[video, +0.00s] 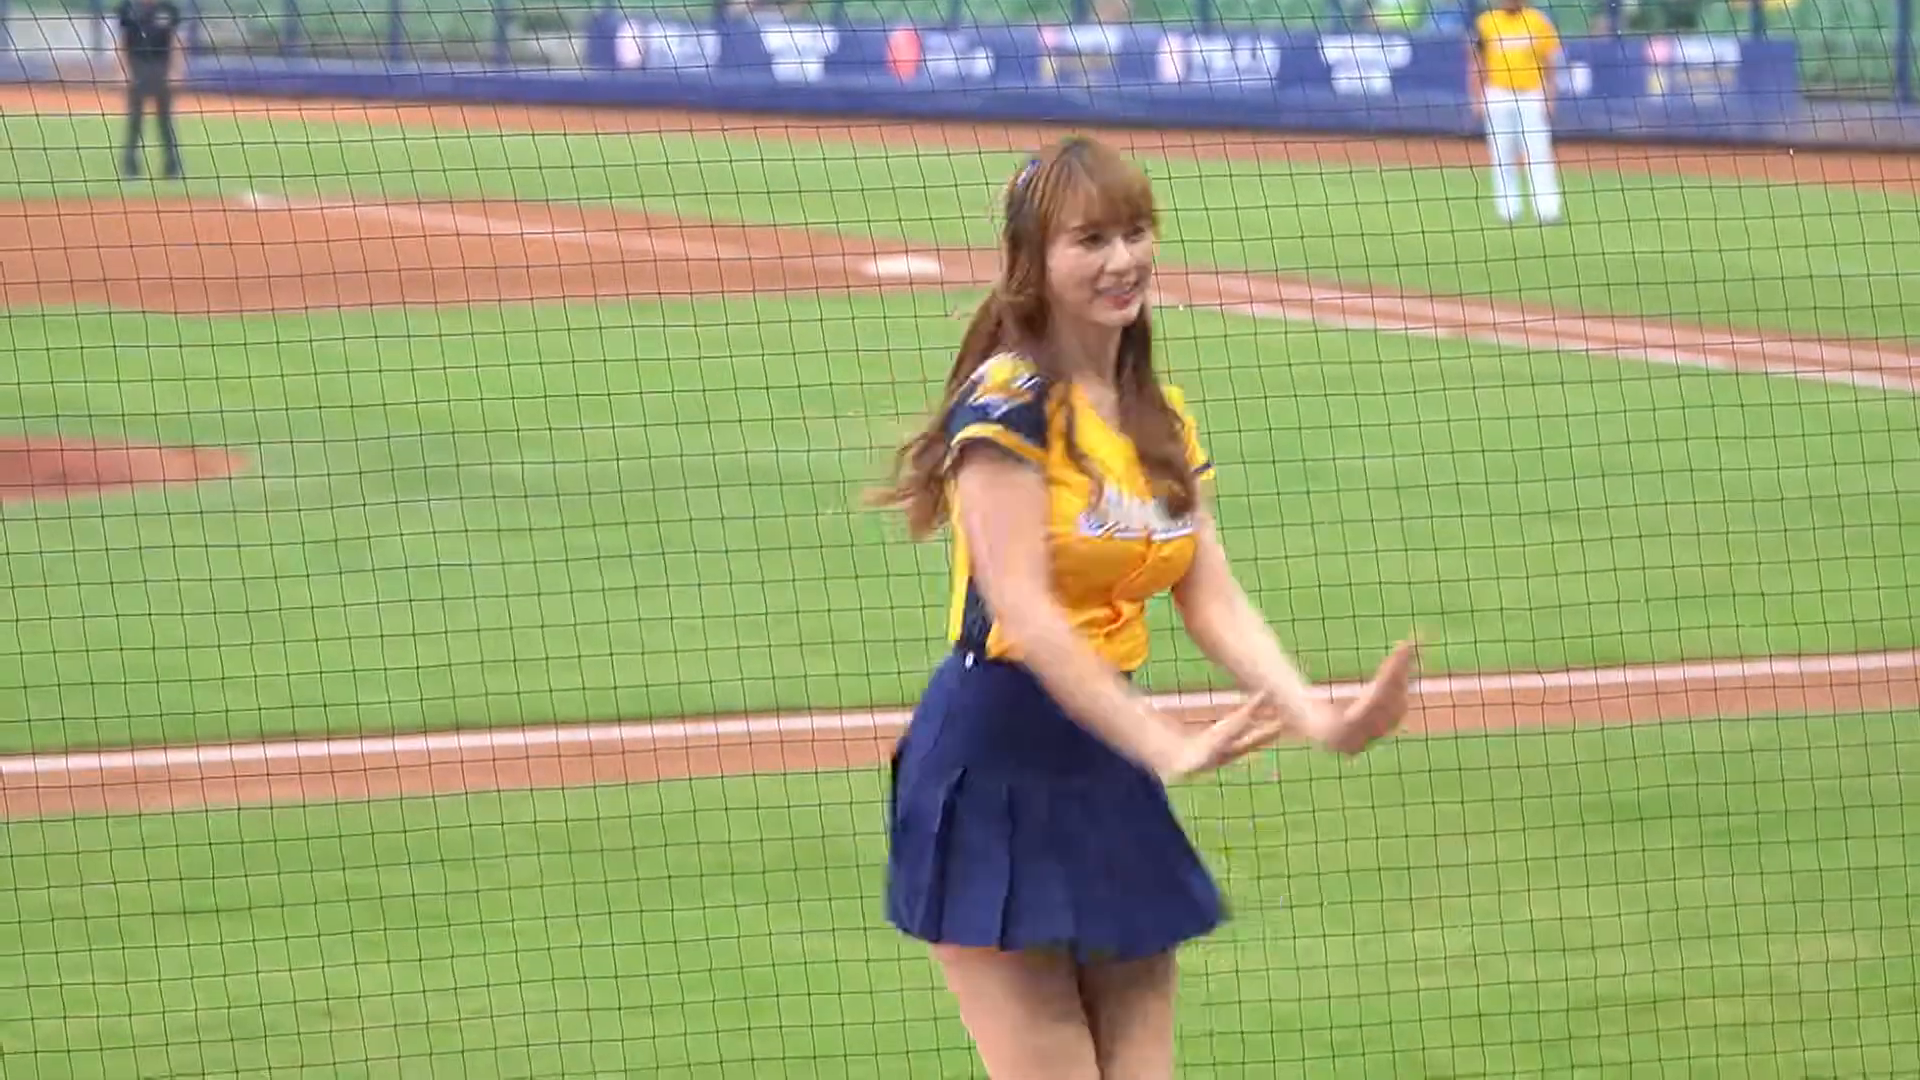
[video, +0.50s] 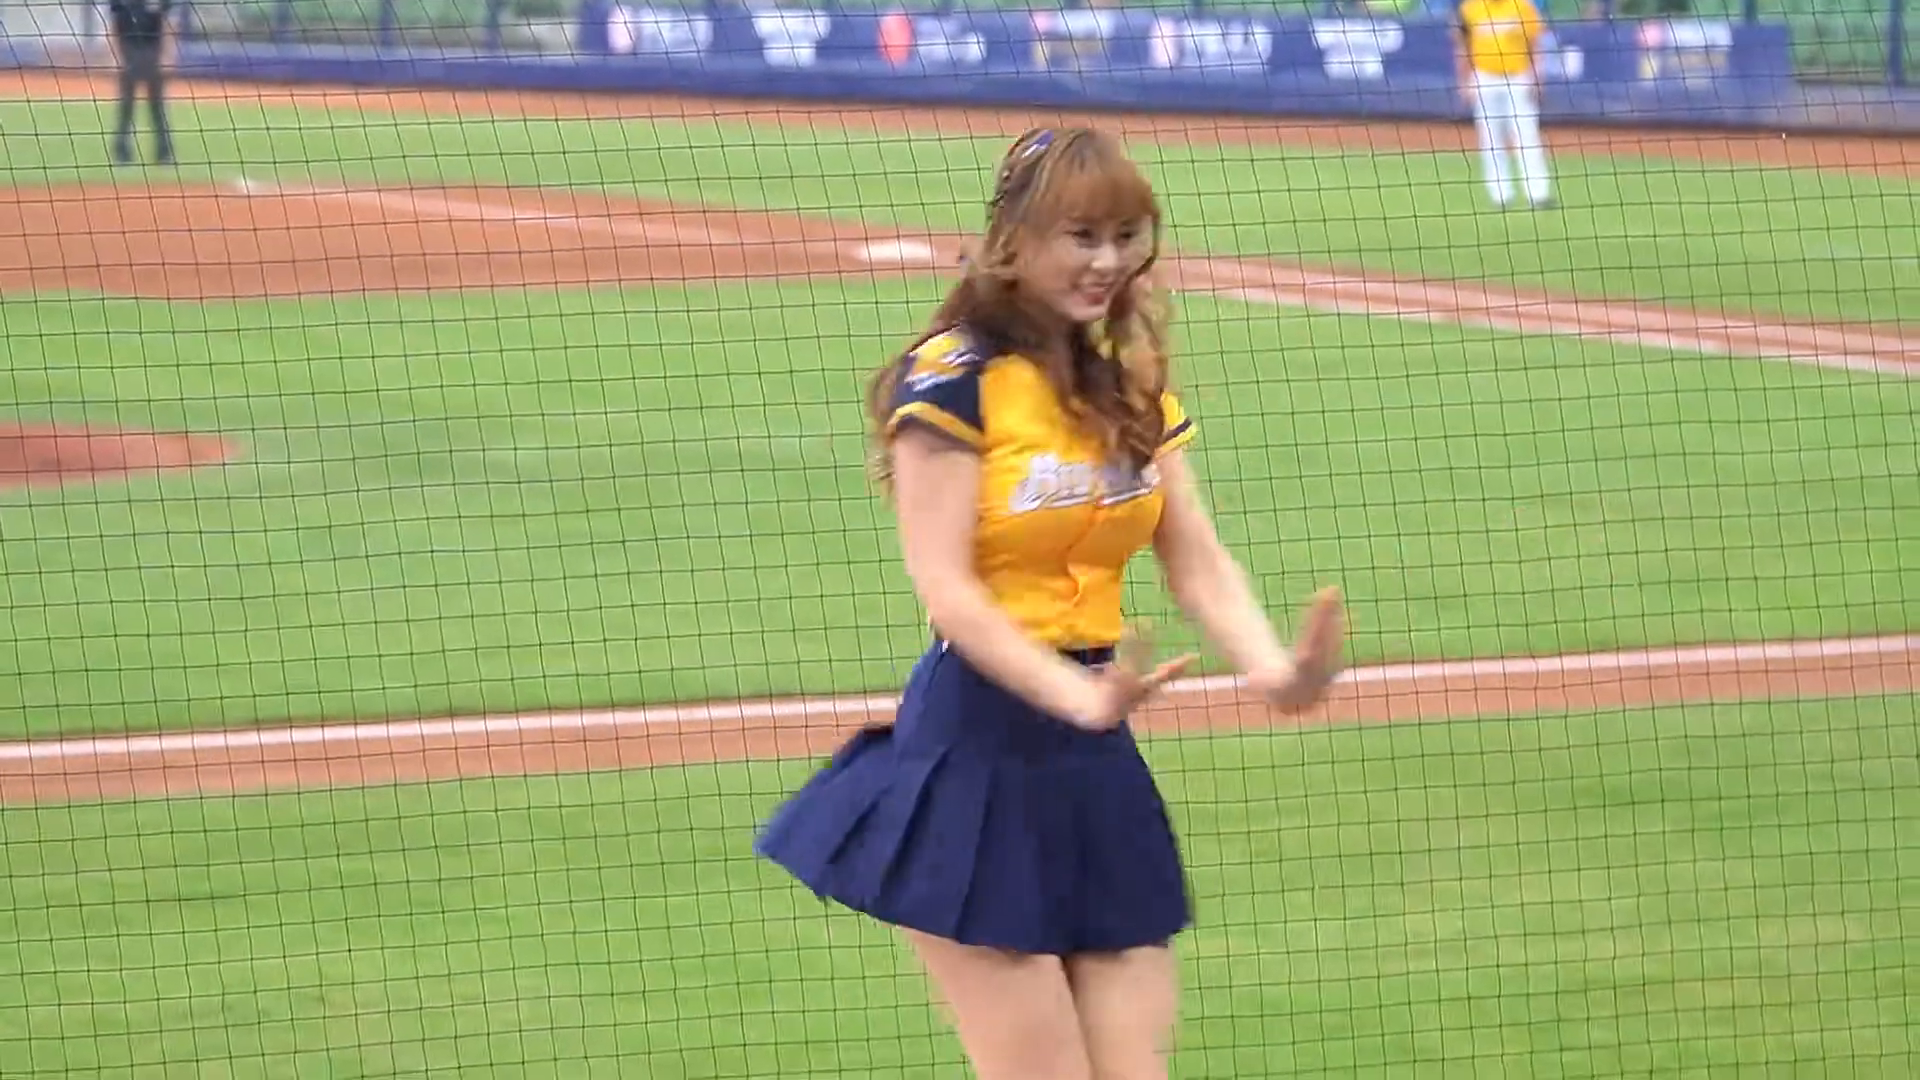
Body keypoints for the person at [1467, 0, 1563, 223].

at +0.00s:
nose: (1510, 3)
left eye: (1514, 0)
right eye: (1507, 0)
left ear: (1522, 1)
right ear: (1499, 1)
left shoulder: (1537, 20)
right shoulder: (1485, 22)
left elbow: (1550, 61)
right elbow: (1474, 61)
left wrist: (1550, 96)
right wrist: (1476, 97)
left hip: (1532, 93)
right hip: (1497, 94)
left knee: (1539, 150)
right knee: (1502, 152)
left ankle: (1547, 206)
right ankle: (1508, 207)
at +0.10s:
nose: (1506, 1)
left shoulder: (1533, 15)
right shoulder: (1482, 18)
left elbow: (1548, 56)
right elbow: (1473, 58)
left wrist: (1548, 91)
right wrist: (1476, 93)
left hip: (1530, 88)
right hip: (1495, 89)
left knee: (1537, 146)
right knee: (1500, 148)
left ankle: (1546, 201)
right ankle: (1508, 203)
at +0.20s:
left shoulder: (1525, 12)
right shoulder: (1473, 16)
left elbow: (1540, 51)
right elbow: (1465, 55)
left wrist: (1542, 86)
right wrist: (1469, 90)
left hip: (1523, 83)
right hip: (1488, 85)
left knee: (1531, 142)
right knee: (1494, 145)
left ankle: (1541, 198)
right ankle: (1502, 199)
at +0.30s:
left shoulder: (1523, 10)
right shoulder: (1471, 13)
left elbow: (1538, 49)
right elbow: (1464, 52)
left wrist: (1540, 84)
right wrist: (1468, 87)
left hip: (1521, 80)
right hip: (1487, 82)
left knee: (1529, 140)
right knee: (1492, 143)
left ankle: (1539, 195)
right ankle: (1501, 196)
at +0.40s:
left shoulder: (1520, 8)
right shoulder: (1468, 11)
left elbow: (1535, 44)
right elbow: (1461, 50)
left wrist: (1537, 79)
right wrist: (1465, 84)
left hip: (1519, 78)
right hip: (1484, 79)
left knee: (1526, 137)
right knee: (1491, 140)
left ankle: (1538, 192)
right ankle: (1499, 193)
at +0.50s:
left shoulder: (1521, 6)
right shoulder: (1468, 9)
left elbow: (1535, 40)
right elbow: (1461, 47)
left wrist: (1537, 76)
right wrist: (1464, 81)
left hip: (1519, 75)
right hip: (1484, 77)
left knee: (1527, 134)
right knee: (1491, 138)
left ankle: (1538, 190)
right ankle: (1500, 191)